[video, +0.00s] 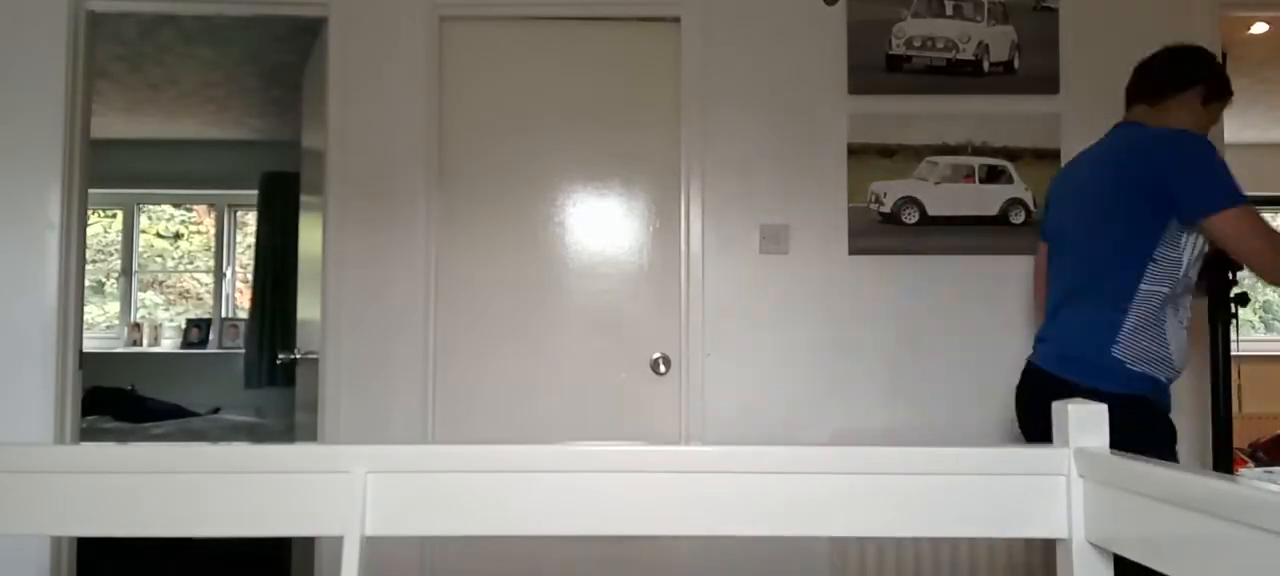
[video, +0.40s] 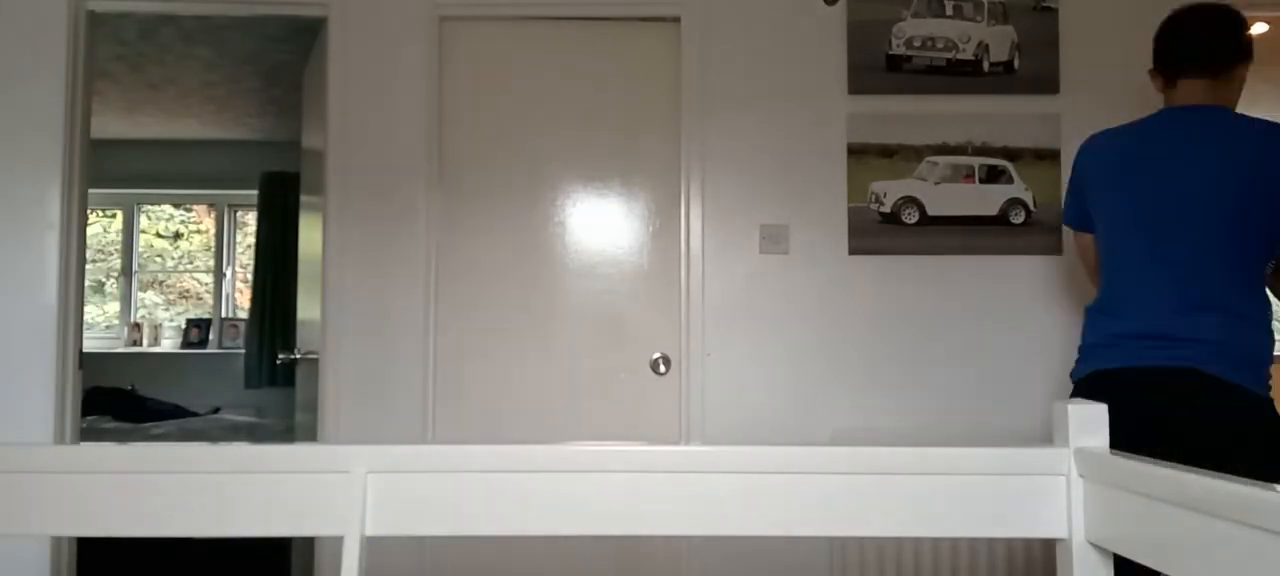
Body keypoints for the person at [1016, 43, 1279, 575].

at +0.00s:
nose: (1209, 133)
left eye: (1214, 122)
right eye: (1211, 119)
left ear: (1139, 97)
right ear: (1192, 97)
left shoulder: (1074, 171)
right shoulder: (1180, 151)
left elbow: (1045, 303)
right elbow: (1270, 262)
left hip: (1046, 392)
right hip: (1121, 404)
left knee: (1078, 556)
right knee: (1151, 561)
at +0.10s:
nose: (1153, 105)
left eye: (1164, 95)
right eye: (1135, 91)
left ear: (1173, 108)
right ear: (1095, 104)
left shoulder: (1120, 181)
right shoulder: (1089, 174)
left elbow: (1124, 286)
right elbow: (1109, 294)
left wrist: (1189, 269)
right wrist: (1198, 276)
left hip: (1140, 403)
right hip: (1109, 406)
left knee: (1152, 562)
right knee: (1129, 564)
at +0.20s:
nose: (1176, 160)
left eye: (1182, 147)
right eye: (1177, 144)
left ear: (1137, 127)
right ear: (1139, 125)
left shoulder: (1096, 186)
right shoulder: (1077, 185)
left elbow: (1101, 302)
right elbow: (1095, 306)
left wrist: (1177, 282)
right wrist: (1178, 281)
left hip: (1118, 408)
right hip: (1095, 412)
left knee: (1135, 565)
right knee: (1122, 567)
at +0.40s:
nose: (1240, 81)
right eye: (1243, 70)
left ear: (1156, 75)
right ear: (1242, 72)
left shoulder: (1099, 152)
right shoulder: (1268, 146)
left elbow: (1095, 272)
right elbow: (1272, 272)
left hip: (1110, 385)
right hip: (1229, 390)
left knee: (1122, 552)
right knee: (1234, 551)